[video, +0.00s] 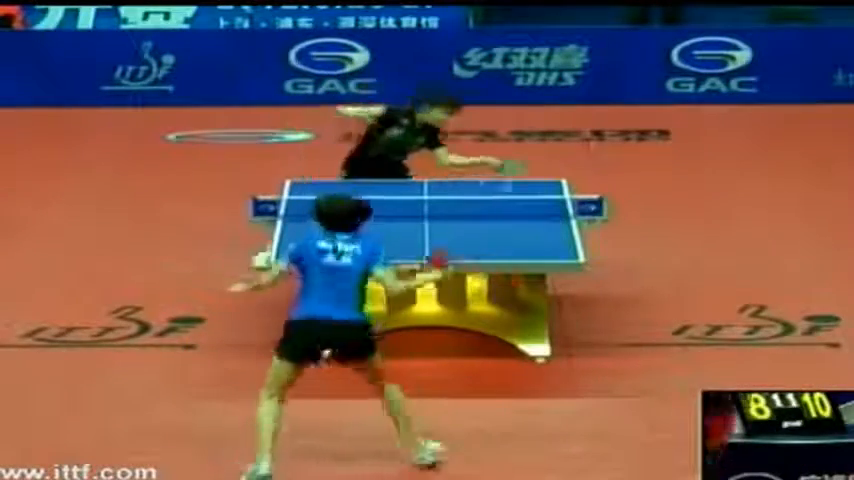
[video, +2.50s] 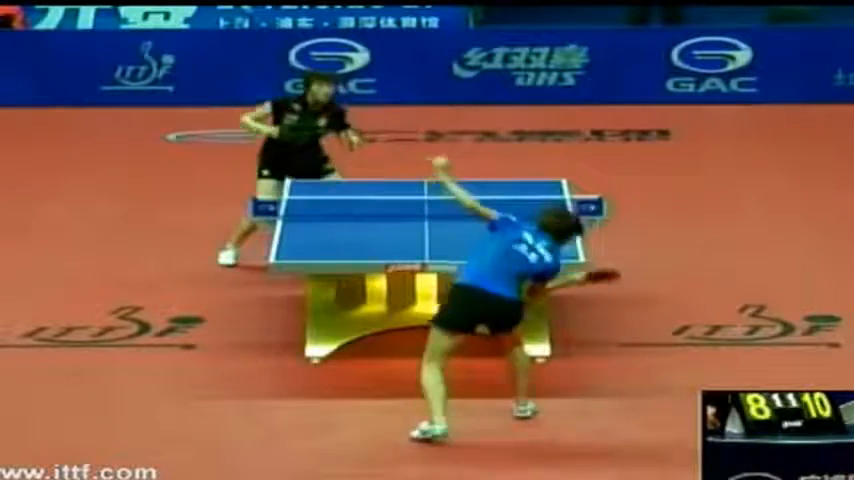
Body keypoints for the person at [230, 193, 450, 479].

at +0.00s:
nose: (361, 222)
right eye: (358, 218)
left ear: (322, 220)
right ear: (355, 221)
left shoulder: (307, 244)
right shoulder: (368, 248)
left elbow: (270, 278)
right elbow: (394, 287)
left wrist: (249, 285)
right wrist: (421, 279)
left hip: (304, 326)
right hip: (349, 326)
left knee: (272, 394)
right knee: (384, 384)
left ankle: (263, 463)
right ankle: (415, 448)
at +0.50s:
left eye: (367, 209)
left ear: (370, 212)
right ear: (405, 210)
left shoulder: (365, 238)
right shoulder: (422, 236)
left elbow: (326, 263)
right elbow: (460, 262)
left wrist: (309, 264)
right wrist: (446, 272)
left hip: (380, 319)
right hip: (423, 317)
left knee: (365, 367)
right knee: (467, 373)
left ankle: (348, 427)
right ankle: (450, 423)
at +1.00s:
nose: (520, 237)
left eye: (521, 232)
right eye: (522, 233)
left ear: (529, 230)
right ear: (555, 226)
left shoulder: (529, 247)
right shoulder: (583, 248)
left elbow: (487, 255)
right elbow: (616, 266)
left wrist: (448, 255)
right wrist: (599, 261)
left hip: (535, 315)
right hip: (578, 317)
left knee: (474, 368)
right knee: (593, 352)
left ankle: (419, 419)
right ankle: (609, 403)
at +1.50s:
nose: (524, 200)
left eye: (526, 196)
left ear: (534, 197)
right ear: (564, 194)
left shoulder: (530, 216)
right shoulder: (583, 218)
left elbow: (506, 247)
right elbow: (615, 247)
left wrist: (474, 248)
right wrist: (598, 232)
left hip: (543, 294)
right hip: (584, 293)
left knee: (507, 355)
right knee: (604, 353)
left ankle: (478, 425)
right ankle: (631, 414)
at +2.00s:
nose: (487, 203)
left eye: (489, 199)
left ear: (494, 201)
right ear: (528, 201)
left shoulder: (484, 223)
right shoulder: (544, 226)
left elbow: (450, 251)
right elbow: (554, 262)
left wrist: (442, 244)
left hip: (489, 300)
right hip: (532, 300)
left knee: (453, 360)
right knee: (560, 355)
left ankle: (439, 429)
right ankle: (579, 417)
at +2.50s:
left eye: (548, 213)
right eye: (567, 236)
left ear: (543, 218)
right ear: (564, 237)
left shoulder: (511, 224)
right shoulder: (551, 261)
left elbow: (473, 207)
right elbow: (533, 295)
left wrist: (444, 177)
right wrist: (572, 281)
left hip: (467, 291)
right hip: (505, 302)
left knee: (432, 361)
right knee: (515, 345)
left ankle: (437, 422)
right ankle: (522, 403)